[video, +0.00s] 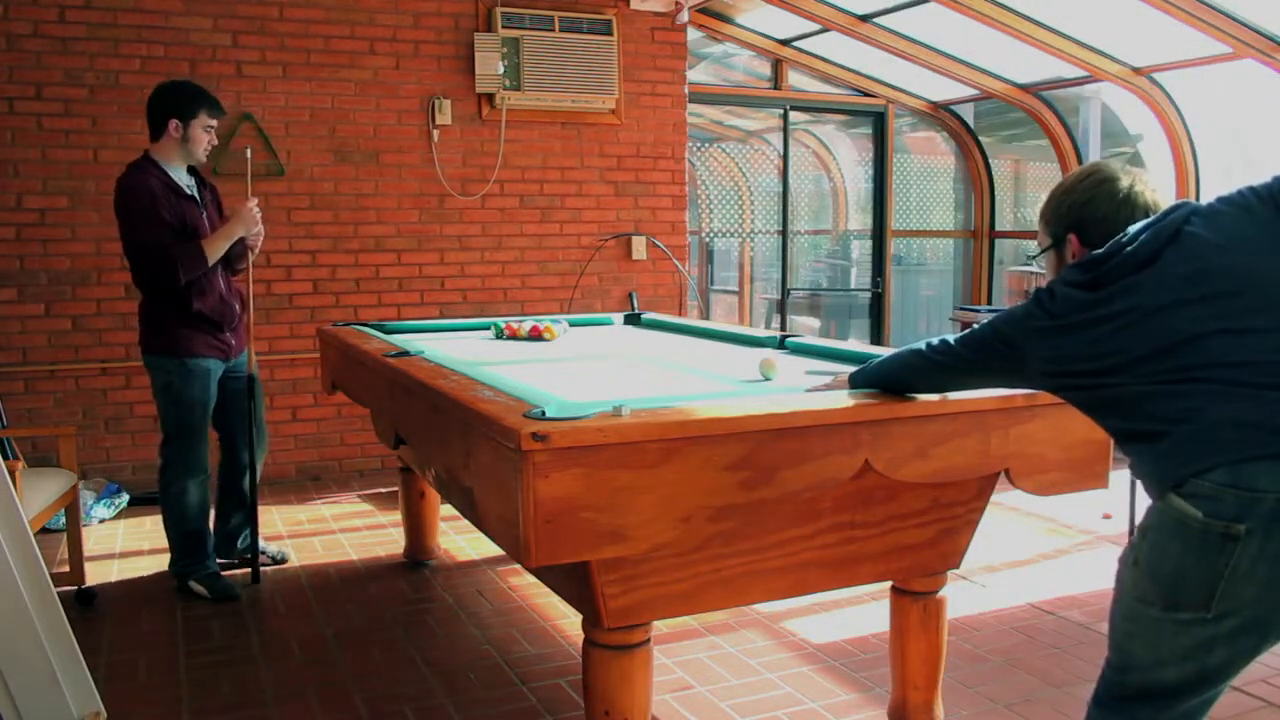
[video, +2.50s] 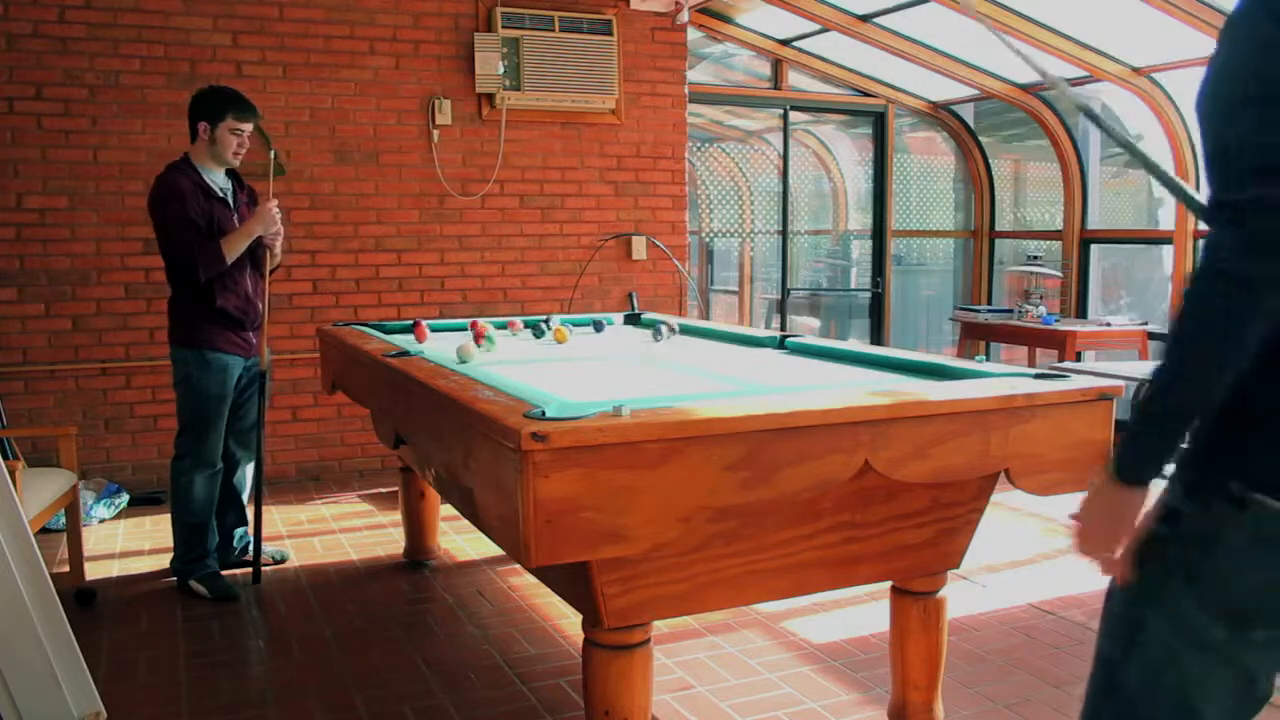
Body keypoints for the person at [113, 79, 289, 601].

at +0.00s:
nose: (214, 140)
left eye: (215, 130)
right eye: (207, 129)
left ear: (182, 131)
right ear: (175, 128)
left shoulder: (202, 186)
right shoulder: (138, 186)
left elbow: (223, 266)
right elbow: (166, 271)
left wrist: (247, 246)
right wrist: (231, 229)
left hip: (228, 339)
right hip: (181, 344)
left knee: (246, 444)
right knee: (188, 458)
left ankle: (236, 543)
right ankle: (193, 567)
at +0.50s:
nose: (229, 140)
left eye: (230, 131)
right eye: (220, 129)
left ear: (208, 134)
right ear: (186, 129)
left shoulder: (219, 188)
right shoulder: (155, 185)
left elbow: (238, 265)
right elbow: (182, 267)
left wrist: (257, 245)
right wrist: (240, 227)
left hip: (234, 339)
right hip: (191, 342)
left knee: (234, 452)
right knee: (195, 457)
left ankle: (231, 545)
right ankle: (193, 565)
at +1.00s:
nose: (243, 141)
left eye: (247, 132)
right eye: (234, 131)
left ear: (246, 137)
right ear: (202, 130)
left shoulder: (239, 188)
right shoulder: (168, 189)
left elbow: (263, 267)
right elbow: (188, 267)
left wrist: (268, 248)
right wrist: (243, 227)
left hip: (243, 340)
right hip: (199, 342)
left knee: (237, 452)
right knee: (199, 457)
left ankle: (231, 545)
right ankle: (193, 564)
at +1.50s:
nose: (252, 143)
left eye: (255, 135)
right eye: (244, 133)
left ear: (252, 139)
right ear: (211, 131)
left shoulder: (244, 189)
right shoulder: (176, 187)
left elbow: (268, 268)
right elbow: (198, 263)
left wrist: (274, 248)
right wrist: (251, 226)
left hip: (251, 340)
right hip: (207, 342)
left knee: (241, 452)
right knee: (203, 456)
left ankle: (230, 544)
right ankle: (192, 564)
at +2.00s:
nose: (252, 144)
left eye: (254, 135)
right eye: (245, 133)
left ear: (225, 137)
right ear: (212, 131)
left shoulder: (241, 192)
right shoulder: (176, 185)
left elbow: (254, 268)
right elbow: (201, 266)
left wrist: (275, 248)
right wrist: (259, 228)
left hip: (248, 342)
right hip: (207, 343)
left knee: (240, 453)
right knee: (203, 457)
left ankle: (230, 545)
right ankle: (192, 564)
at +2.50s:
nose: (245, 143)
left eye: (249, 134)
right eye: (236, 132)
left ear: (249, 138)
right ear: (204, 130)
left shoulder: (241, 192)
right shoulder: (173, 185)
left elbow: (257, 269)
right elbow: (198, 265)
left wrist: (272, 247)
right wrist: (252, 228)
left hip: (245, 342)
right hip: (203, 343)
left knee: (238, 453)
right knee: (201, 457)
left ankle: (230, 545)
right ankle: (192, 564)